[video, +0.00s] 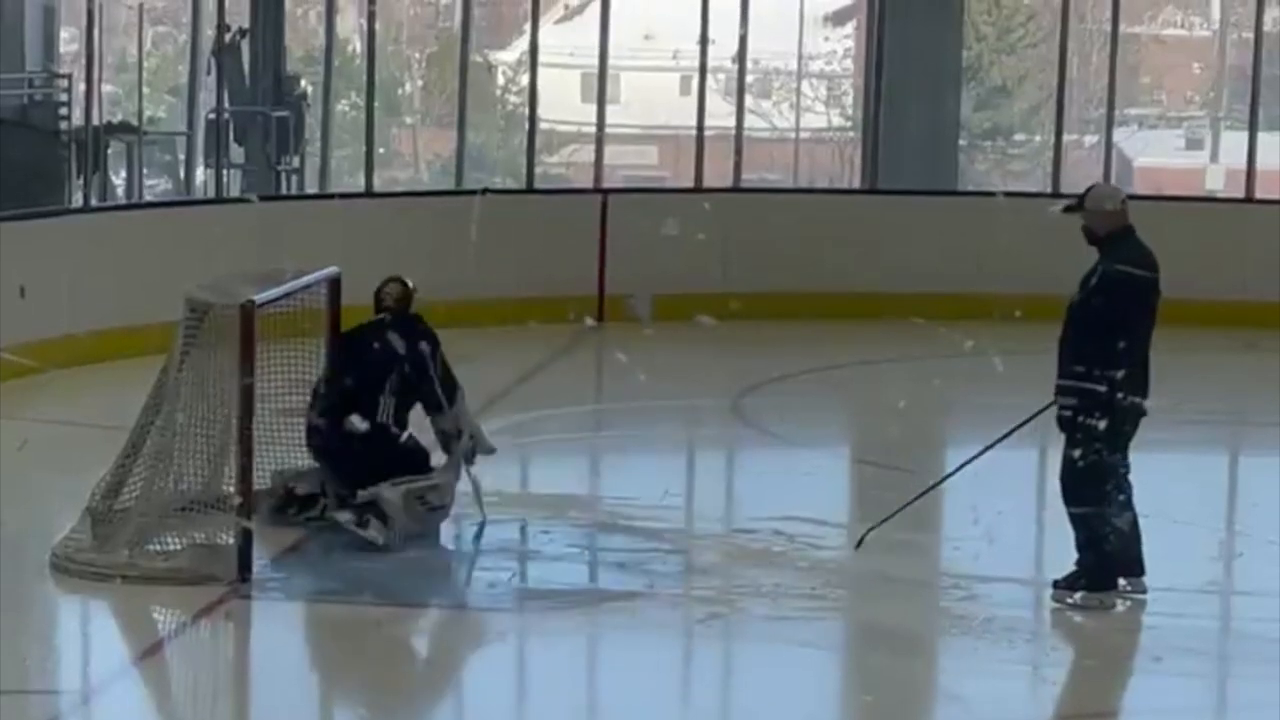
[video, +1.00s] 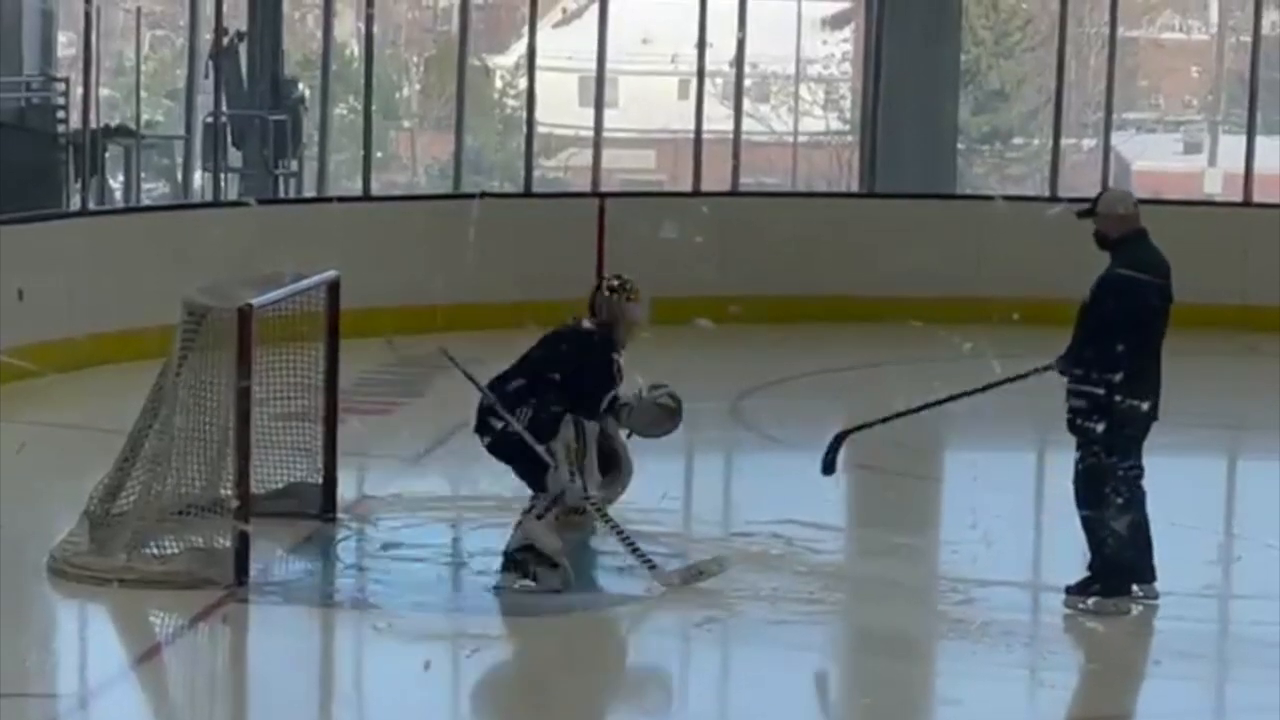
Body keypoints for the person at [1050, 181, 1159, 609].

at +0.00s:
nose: (1082, 227)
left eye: (1086, 219)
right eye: (1082, 219)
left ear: (1105, 219)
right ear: (1114, 218)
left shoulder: (1123, 266)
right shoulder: (1121, 260)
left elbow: (1115, 342)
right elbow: (1100, 339)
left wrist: (1093, 400)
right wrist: (1072, 393)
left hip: (1103, 398)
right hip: (1107, 395)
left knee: (1084, 483)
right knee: (1105, 481)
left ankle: (1099, 572)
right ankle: (1121, 567)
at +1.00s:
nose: (1094, 230)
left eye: (1098, 223)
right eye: (1094, 222)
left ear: (1114, 224)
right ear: (1131, 221)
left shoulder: (1125, 271)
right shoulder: (1149, 263)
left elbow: (1108, 336)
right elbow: (1121, 332)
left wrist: (1074, 363)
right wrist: (1079, 357)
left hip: (1112, 399)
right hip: (1134, 395)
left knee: (1097, 486)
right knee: (1122, 483)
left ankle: (1112, 578)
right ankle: (1134, 572)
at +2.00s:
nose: (1063, 256)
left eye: (1067, 247)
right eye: (1061, 248)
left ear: (1088, 243)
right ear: (1090, 243)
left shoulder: (1113, 287)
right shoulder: (1105, 279)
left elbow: (1111, 361)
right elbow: (1104, 356)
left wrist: (1091, 417)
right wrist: (1083, 407)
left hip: (1112, 413)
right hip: (1113, 410)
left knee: (1088, 494)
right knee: (1115, 494)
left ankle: (1094, 589)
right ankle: (1133, 581)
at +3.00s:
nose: (999, 268)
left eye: (1006, 261)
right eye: (999, 261)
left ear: (1031, 259)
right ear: (1017, 259)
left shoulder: (1080, 309)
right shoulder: (1009, 299)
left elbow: (1084, 387)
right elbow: (979, 361)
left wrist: (1074, 447)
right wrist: (940, 404)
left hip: (1052, 449)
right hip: (1002, 445)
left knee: (1047, 547)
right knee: (993, 540)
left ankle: (1045, 642)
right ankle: (984, 628)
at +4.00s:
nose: (920, 288)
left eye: (925, 279)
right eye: (919, 280)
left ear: (948, 278)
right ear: (948, 278)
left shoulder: (978, 330)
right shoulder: (944, 326)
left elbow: (968, 415)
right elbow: (926, 397)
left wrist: (906, 438)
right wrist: (896, 428)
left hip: (968, 481)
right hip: (924, 477)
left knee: (964, 577)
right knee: (900, 573)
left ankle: (979, 691)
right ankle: (895, 680)